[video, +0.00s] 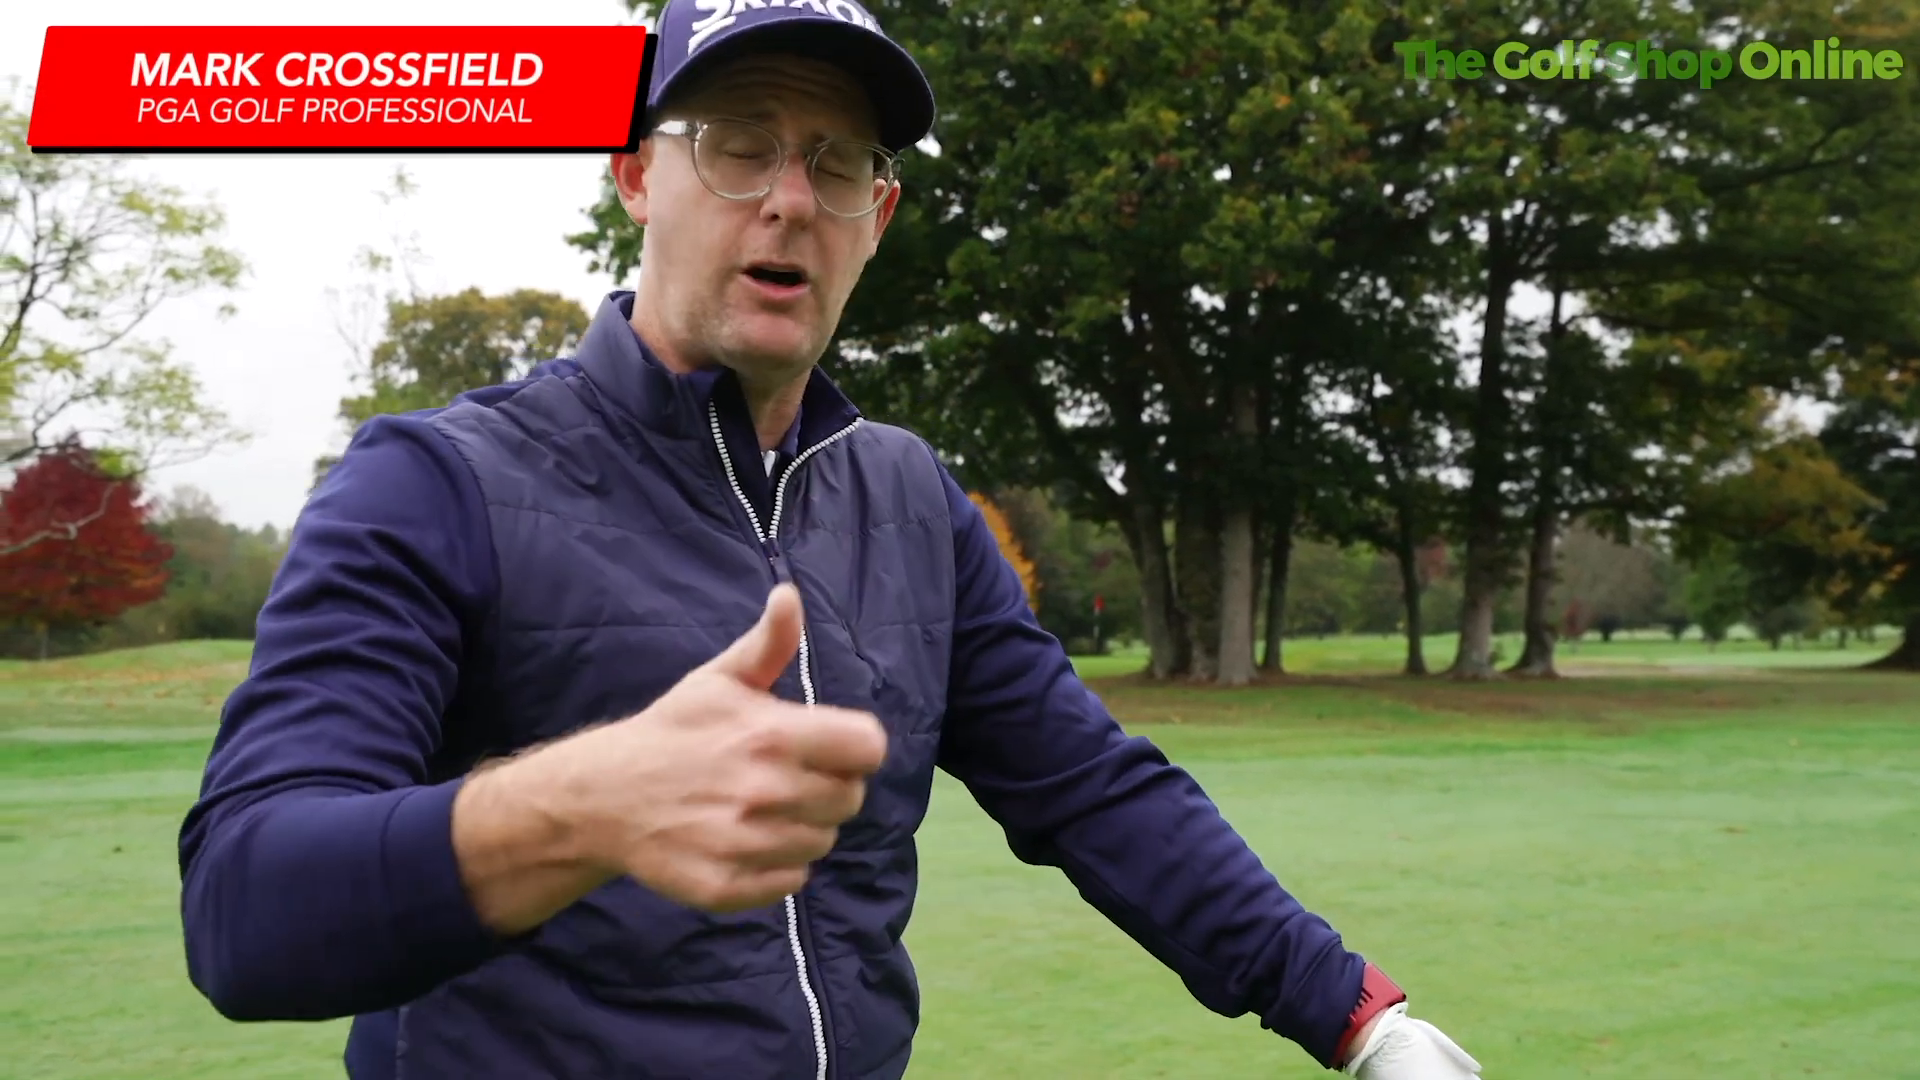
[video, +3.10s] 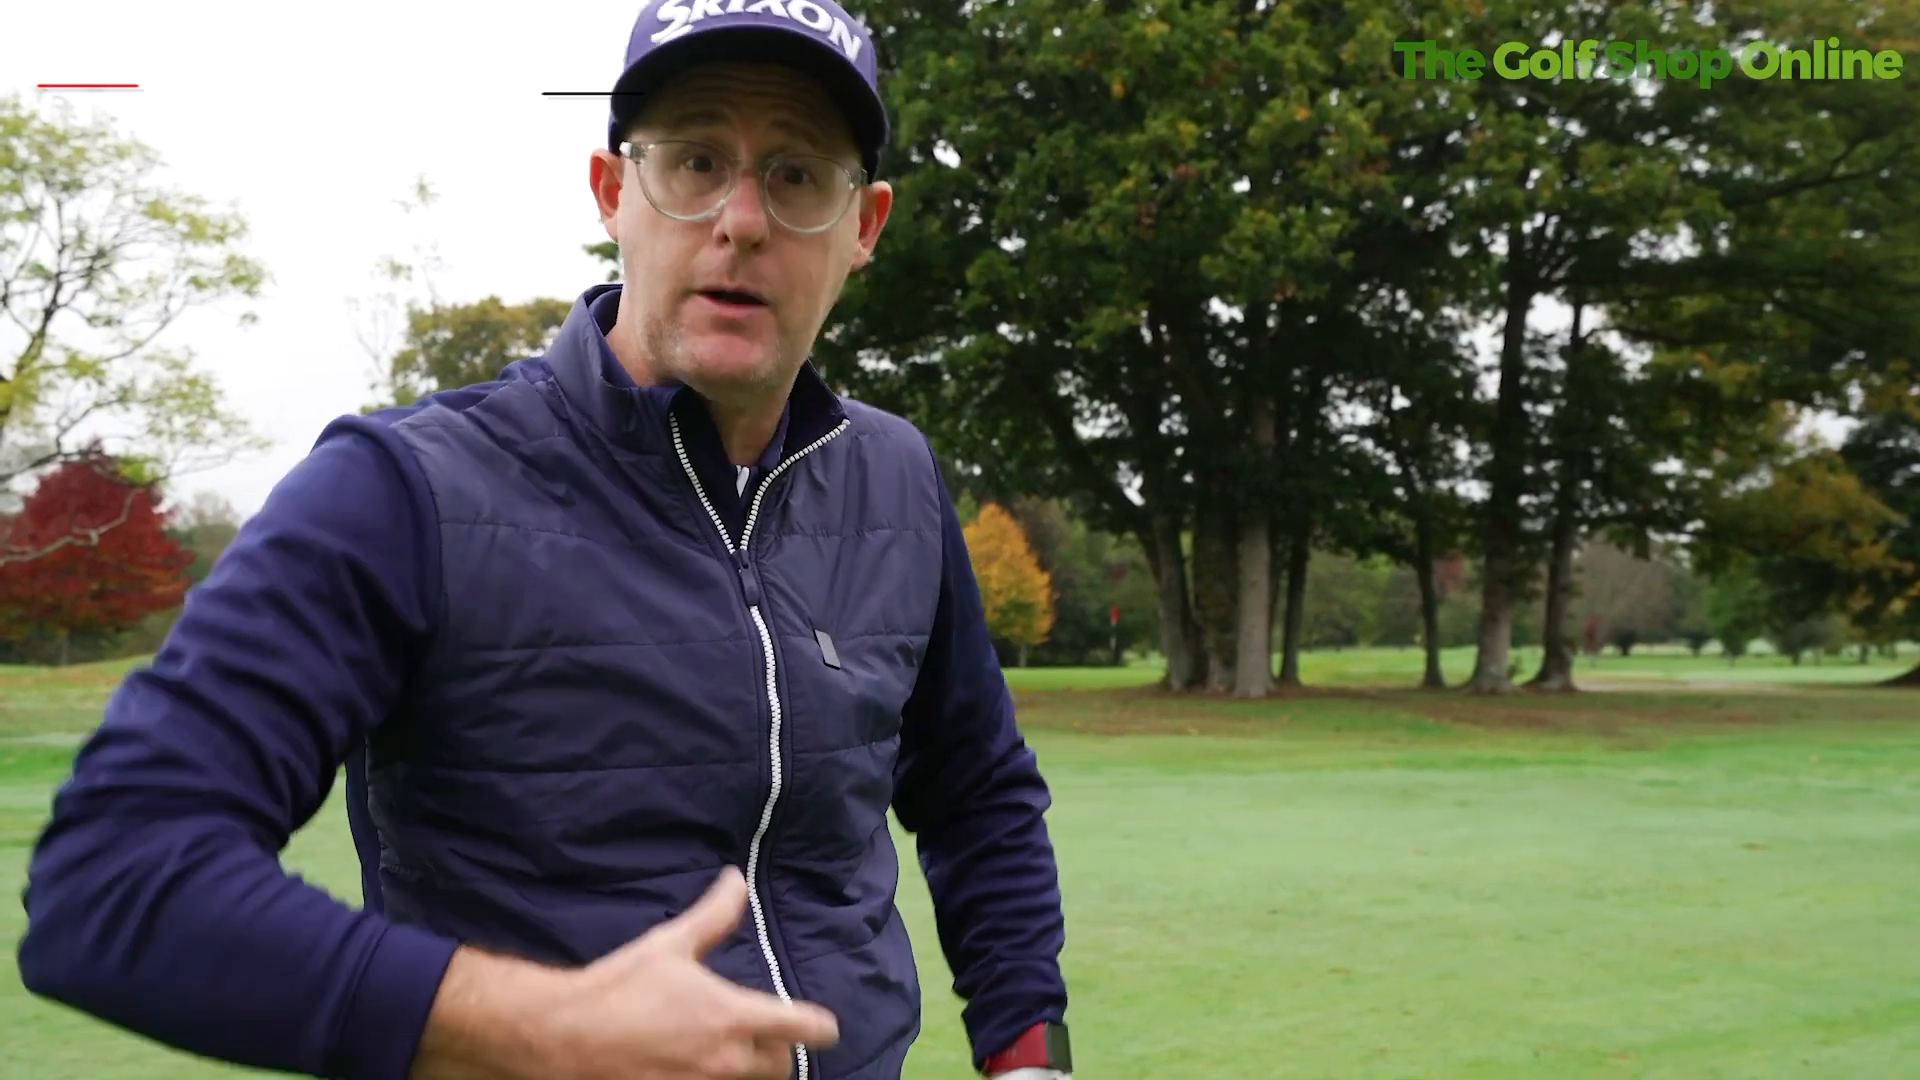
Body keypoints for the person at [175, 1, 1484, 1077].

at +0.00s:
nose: (789, 205)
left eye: (833, 167)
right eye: (739, 150)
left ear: (877, 220)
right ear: (643, 182)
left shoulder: (913, 505)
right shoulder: (442, 482)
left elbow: (1095, 790)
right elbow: (248, 918)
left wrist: (1365, 1022)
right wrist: (582, 804)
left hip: (835, 1052)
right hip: (503, 1052)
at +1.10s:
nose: (744, 244)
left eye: (792, 199)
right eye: (694, 185)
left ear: (841, 236)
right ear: (595, 204)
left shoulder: (882, 500)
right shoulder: (398, 514)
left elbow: (1064, 782)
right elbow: (268, 998)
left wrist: (1320, 1033)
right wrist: (467, 893)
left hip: (809, 1065)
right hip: (511, 1067)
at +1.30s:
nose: (710, 236)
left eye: (760, 185)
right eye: (660, 174)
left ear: (814, 221)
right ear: (561, 191)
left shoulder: (862, 479)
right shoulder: (355, 525)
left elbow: (1067, 758)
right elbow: (196, 980)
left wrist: (1310, 1007)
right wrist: (384, 1012)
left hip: (815, 1064)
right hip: (509, 1079)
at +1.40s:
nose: (685, 231)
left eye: (737, 182)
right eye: (633, 170)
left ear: (793, 222)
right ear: (533, 187)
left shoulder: (854, 475)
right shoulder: (335, 531)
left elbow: (1039, 761)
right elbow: (175, 964)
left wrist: (1215, 1009)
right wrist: (286, 1053)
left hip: (813, 1058)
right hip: (494, 1065)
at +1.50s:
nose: (675, 234)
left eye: (724, 178)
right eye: (621, 176)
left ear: (787, 219)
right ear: (526, 195)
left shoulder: (843, 469)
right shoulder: (321, 541)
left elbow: (966, 750)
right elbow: (161, 960)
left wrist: (1060, 998)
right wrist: (221, 1078)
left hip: (822, 1055)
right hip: (471, 1059)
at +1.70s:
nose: (760, 359)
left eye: (804, 298)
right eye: (707, 291)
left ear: (844, 268)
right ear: (577, 233)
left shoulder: (816, 454)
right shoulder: (334, 567)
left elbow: (923, 740)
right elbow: (194, 1002)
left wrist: (1010, 976)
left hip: (819, 1061)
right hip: (498, 1065)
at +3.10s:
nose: (740, 220)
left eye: (794, 174)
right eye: (698, 163)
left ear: (863, 232)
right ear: (613, 197)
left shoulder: (891, 486)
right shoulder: (409, 490)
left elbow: (984, 801)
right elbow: (108, 888)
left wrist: (1025, 1053)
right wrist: (529, 1022)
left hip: (850, 1058)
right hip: (539, 1076)